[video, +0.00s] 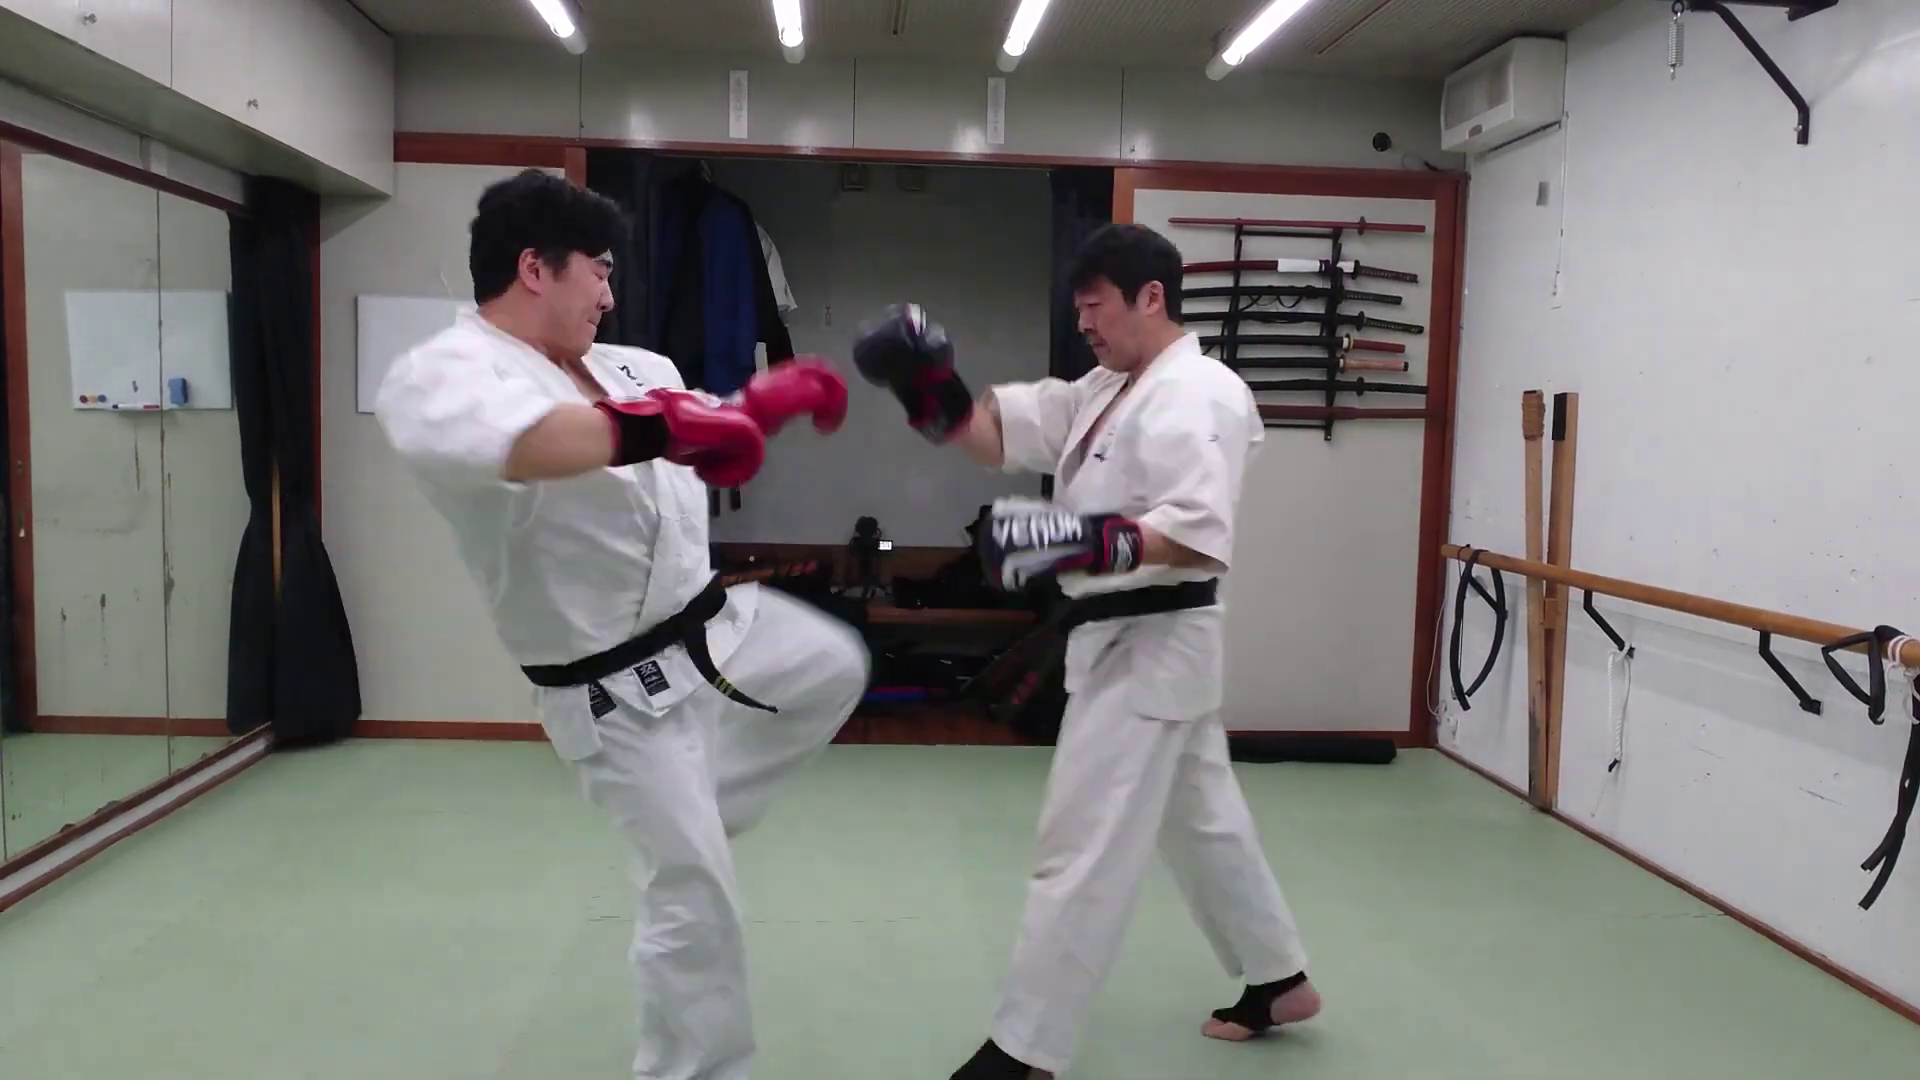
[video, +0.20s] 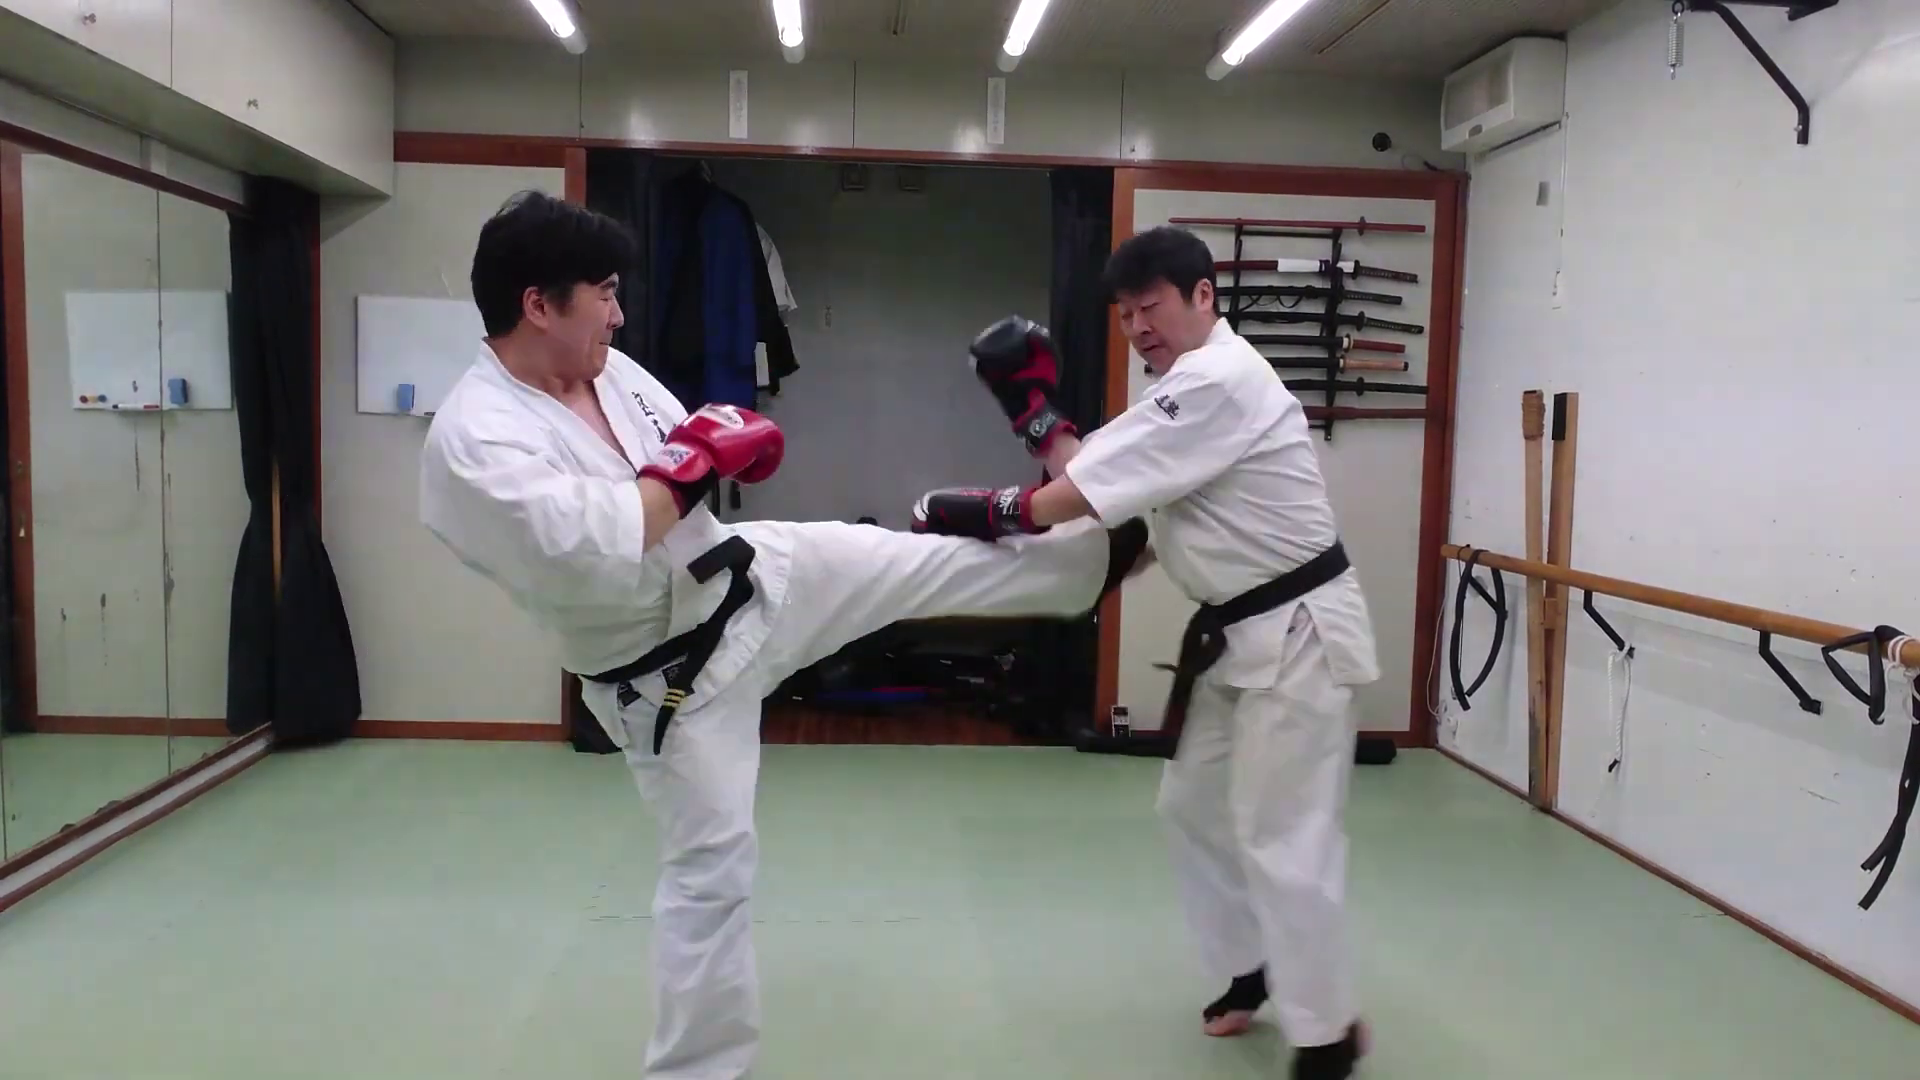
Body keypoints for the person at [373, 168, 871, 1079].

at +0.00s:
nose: (610, 290)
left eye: (609, 270)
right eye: (596, 267)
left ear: (540, 273)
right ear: (533, 270)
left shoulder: (630, 369)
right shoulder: (442, 376)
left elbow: (703, 424)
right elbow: (511, 441)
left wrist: (762, 403)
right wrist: (662, 429)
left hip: (713, 620)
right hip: (618, 688)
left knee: (832, 668)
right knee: (695, 896)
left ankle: (703, 821)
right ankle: (689, 1069)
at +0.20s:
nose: (618, 309)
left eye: (613, 289)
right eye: (602, 291)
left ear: (545, 306)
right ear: (538, 306)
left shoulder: (602, 372)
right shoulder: (475, 442)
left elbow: (689, 451)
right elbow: (606, 552)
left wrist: (730, 443)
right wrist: (698, 459)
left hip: (740, 578)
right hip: (672, 679)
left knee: (917, 560)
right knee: (712, 882)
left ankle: (1098, 555)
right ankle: (695, 1073)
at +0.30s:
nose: (635, 312)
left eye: (632, 291)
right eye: (619, 293)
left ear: (568, 305)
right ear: (553, 305)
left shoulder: (630, 372)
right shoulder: (483, 441)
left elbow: (709, 461)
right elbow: (591, 571)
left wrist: (735, 467)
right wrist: (696, 489)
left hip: (756, 585)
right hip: (675, 680)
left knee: (923, 617)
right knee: (705, 877)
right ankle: (700, 1070)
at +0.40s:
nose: (658, 301)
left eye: (655, 280)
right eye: (642, 281)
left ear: (591, 294)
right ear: (579, 295)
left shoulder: (643, 363)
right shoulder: (497, 424)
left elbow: (719, 441)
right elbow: (578, 559)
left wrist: (755, 508)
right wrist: (689, 488)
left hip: (757, 606)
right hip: (659, 673)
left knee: (898, 706)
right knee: (697, 878)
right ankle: (697, 1068)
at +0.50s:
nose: (683, 293)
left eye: (683, 273)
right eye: (669, 273)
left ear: (624, 278)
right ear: (605, 278)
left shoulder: (667, 357)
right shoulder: (528, 394)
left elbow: (730, 436)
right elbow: (571, 543)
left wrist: (796, 439)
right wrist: (683, 461)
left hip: (747, 627)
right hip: (644, 667)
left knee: (837, 774)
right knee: (685, 883)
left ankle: (773, 939)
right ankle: (697, 1065)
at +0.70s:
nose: (731, 304)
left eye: (732, 286)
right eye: (717, 286)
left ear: (677, 293)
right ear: (658, 290)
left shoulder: (722, 380)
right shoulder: (569, 386)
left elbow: (771, 473)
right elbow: (610, 529)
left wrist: (806, 413)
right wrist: (703, 456)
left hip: (692, 653)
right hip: (591, 658)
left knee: (737, 813)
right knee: (625, 858)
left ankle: (725, 992)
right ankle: (639, 1051)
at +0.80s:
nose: (719, 304)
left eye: (722, 287)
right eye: (708, 285)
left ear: (663, 285)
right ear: (649, 280)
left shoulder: (697, 379)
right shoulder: (560, 369)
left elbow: (731, 472)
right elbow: (577, 505)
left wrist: (784, 468)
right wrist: (686, 469)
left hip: (664, 639)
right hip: (560, 636)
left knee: (704, 810)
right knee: (569, 823)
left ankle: (721, 988)